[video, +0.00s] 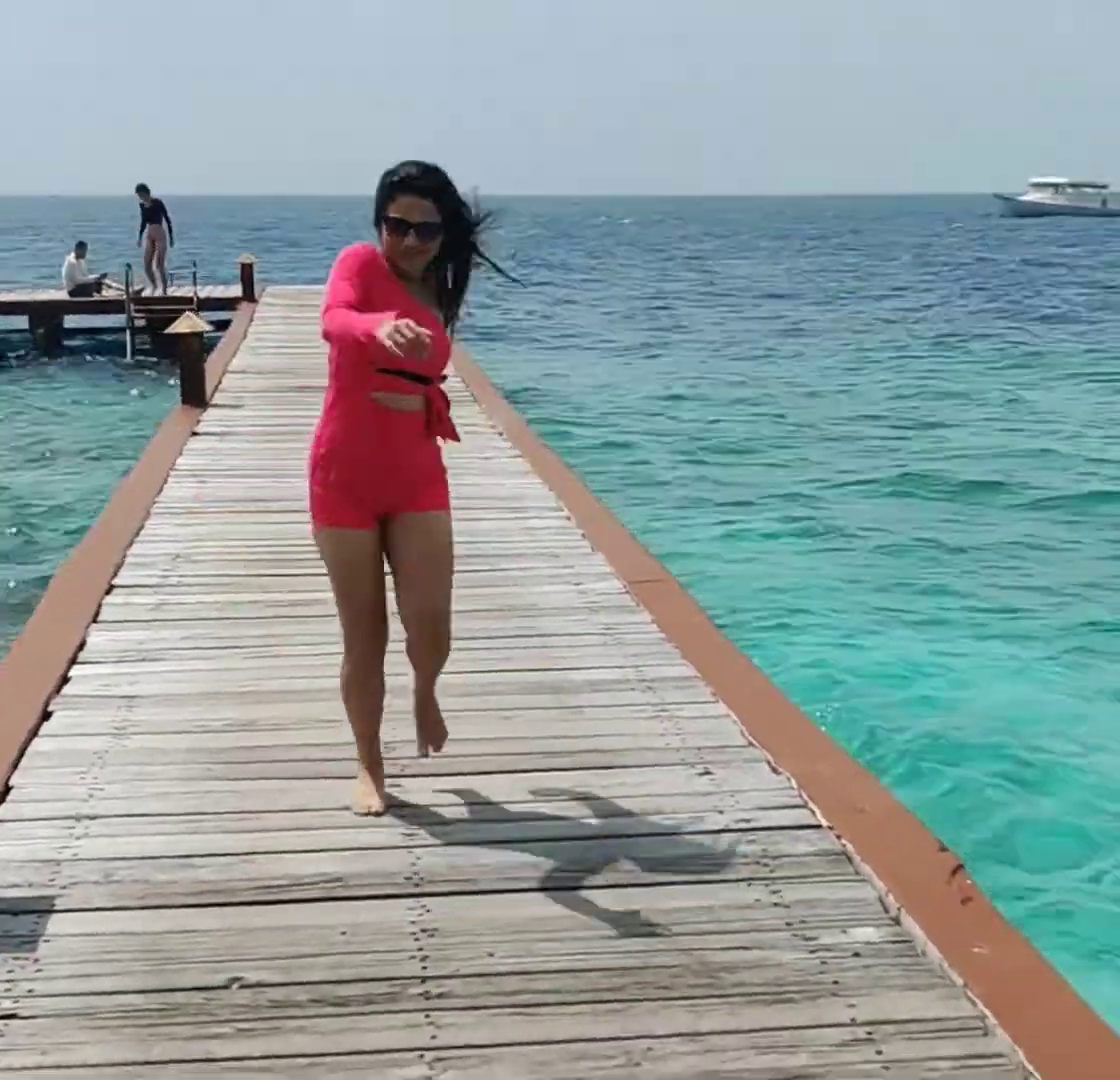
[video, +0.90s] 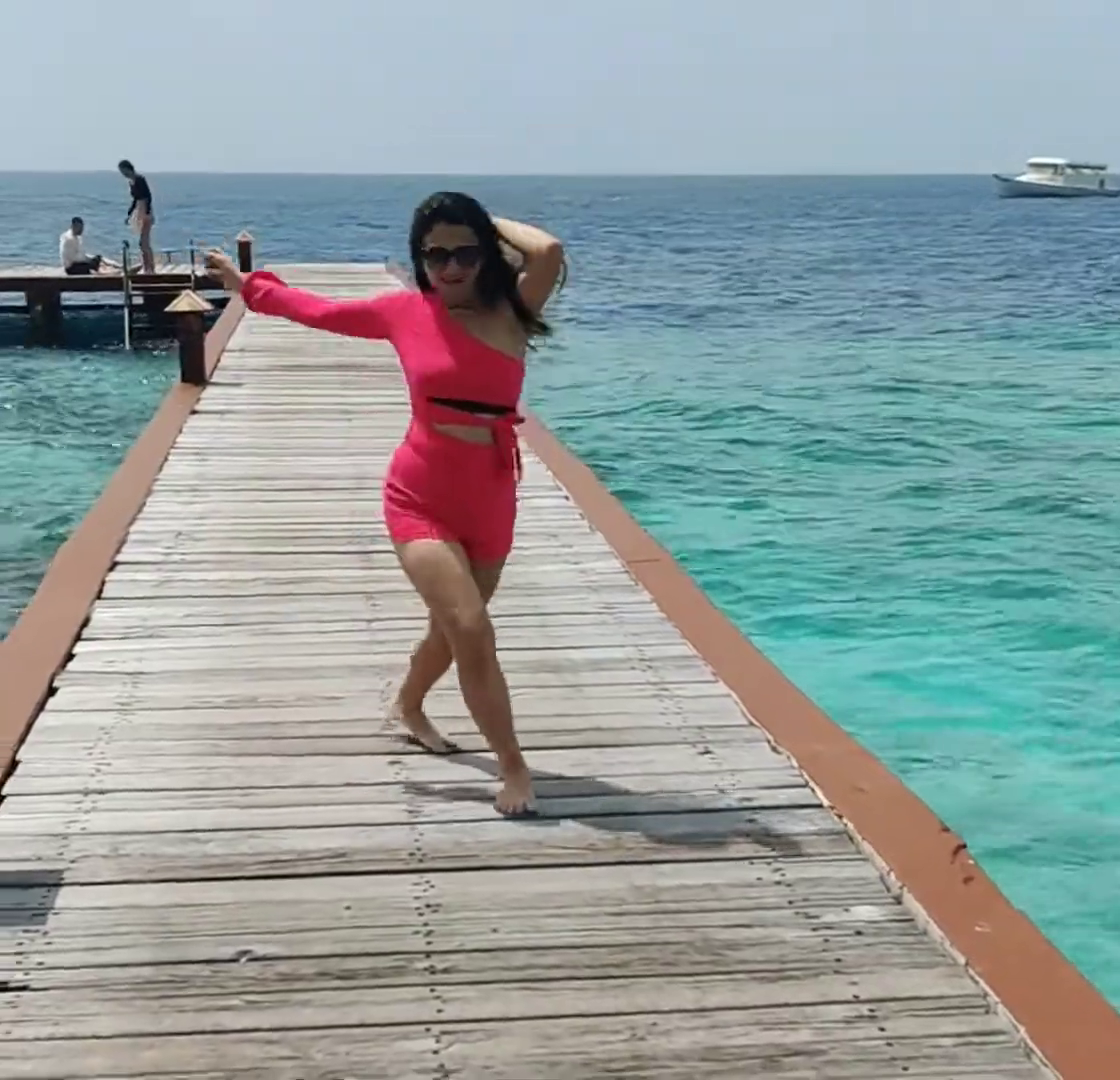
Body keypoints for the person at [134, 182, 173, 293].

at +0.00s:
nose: (141, 198)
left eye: (142, 195)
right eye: (139, 196)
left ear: (147, 193)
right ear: (138, 196)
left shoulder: (158, 203)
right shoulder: (142, 205)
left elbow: (167, 219)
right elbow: (143, 221)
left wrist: (171, 236)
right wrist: (140, 236)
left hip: (159, 231)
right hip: (149, 231)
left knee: (159, 264)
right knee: (147, 264)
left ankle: (164, 289)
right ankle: (154, 286)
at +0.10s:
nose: (122, 192)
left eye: (123, 189)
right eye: (120, 190)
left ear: (128, 187)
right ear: (119, 190)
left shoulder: (139, 198)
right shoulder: (124, 199)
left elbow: (148, 214)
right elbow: (126, 214)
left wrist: (152, 232)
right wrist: (125, 230)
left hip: (141, 227)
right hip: (131, 227)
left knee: (142, 258)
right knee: (129, 259)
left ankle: (147, 285)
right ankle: (139, 283)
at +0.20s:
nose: (110, 187)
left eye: (111, 184)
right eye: (108, 185)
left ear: (116, 182)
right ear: (107, 185)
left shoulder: (126, 193)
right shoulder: (113, 194)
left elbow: (136, 209)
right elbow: (117, 208)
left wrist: (140, 226)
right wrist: (117, 219)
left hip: (130, 220)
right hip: (121, 221)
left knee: (132, 253)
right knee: (119, 254)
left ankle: (137, 280)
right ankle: (128, 279)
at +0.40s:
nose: (102, 181)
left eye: (103, 178)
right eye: (100, 179)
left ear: (108, 176)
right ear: (99, 179)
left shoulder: (119, 187)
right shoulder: (107, 189)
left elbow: (127, 203)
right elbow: (113, 205)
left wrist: (130, 219)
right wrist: (113, 220)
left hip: (123, 215)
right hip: (115, 215)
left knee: (124, 247)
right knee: (117, 247)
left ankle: (133, 275)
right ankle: (122, 275)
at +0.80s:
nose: (105, 176)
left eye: (106, 173)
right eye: (104, 174)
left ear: (111, 171)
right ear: (103, 174)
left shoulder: (122, 183)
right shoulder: (113, 185)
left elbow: (130, 199)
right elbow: (117, 201)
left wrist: (128, 214)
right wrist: (111, 217)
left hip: (130, 215)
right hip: (124, 214)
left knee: (124, 244)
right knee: (126, 244)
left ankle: (130, 271)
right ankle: (130, 271)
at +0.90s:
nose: (124, 174)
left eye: (125, 171)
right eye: (122, 172)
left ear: (130, 169)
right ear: (122, 172)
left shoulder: (140, 180)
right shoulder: (131, 183)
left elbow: (147, 197)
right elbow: (135, 199)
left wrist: (147, 213)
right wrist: (129, 215)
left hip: (147, 213)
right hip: (141, 212)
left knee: (143, 243)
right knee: (144, 243)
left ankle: (149, 269)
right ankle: (148, 268)